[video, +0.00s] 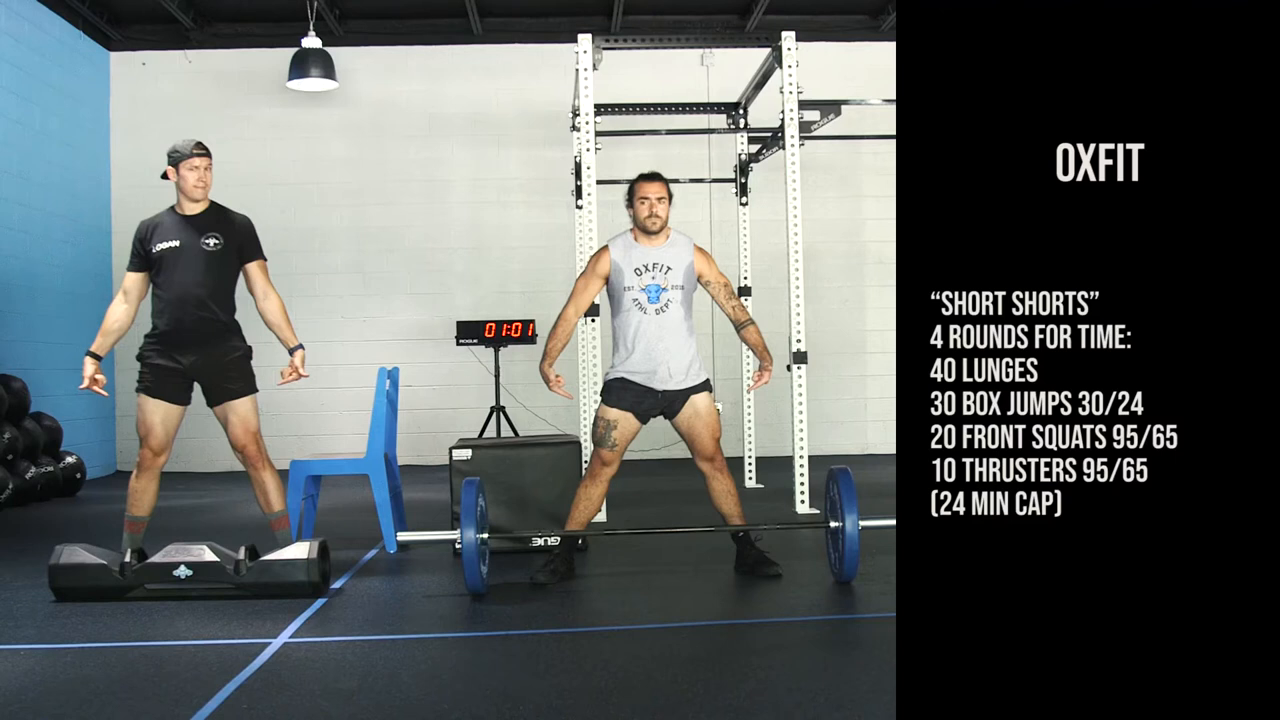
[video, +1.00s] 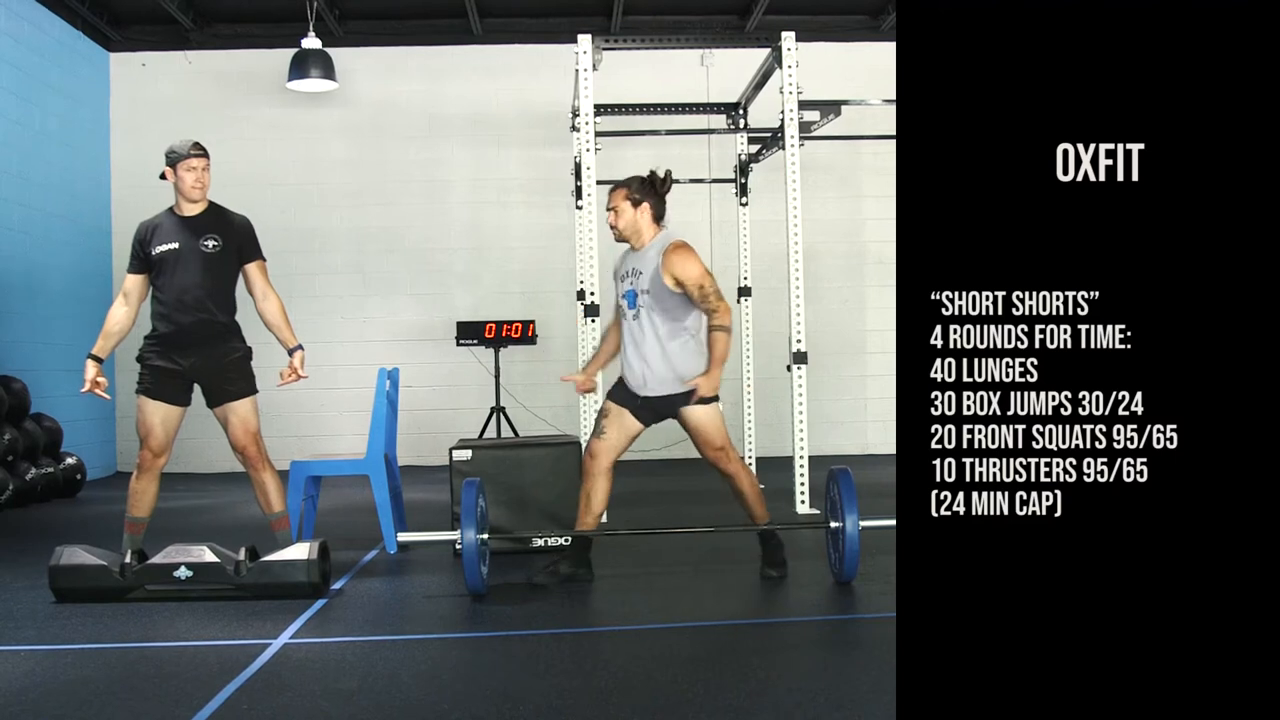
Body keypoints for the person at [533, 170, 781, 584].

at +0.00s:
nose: (653, 207)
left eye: (660, 200)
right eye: (644, 200)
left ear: (670, 206)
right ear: (631, 207)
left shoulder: (693, 256)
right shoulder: (609, 258)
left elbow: (734, 308)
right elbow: (572, 312)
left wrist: (764, 355)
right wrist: (547, 361)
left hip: (688, 381)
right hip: (629, 382)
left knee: (714, 460)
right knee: (602, 463)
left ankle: (747, 549)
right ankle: (565, 554)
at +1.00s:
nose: (609, 219)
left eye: (616, 210)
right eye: (609, 211)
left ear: (643, 209)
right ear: (633, 213)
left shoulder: (678, 257)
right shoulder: (625, 264)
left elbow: (720, 313)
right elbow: (622, 324)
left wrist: (714, 374)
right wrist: (591, 370)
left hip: (687, 387)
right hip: (635, 387)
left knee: (722, 457)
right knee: (597, 457)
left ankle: (769, 539)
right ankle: (579, 554)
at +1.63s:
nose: (647, 231)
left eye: (652, 222)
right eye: (646, 223)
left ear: (679, 219)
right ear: (672, 222)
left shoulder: (711, 268)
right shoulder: (665, 267)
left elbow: (706, 335)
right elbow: (674, 333)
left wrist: (657, 378)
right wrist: (651, 374)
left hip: (711, 389)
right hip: (666, 390)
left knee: (726, 474)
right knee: (624, 464)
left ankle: (770, 540)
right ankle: (583, 550)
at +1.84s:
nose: (673, 221)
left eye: (678, 212)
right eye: (673, 213)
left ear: (705, 210)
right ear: (701, 213)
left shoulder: (729, 260)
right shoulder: (701, 259)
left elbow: (704, 327)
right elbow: (705, 327)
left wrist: (651, 366)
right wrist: (676, 363)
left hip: (740, 380)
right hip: (699, 380)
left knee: (746, 463)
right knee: (655, 445)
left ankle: (773, 545)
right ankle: (638, 543)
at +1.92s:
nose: (677, 215)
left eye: (681, 206)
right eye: (676, 207)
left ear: (707, 203)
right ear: (703, 205)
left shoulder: (730, 252)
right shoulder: (707, 253)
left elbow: (713, 320)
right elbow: (710, 323)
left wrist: (668, 365)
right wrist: (674, 358)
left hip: (746, 374)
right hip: (708, 375)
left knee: (749, 459)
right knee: (664, 440)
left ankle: (774, 545)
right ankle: (679, 536)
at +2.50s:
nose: (673, 215)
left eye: (676, 206)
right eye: (672, 208)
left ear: (701, 201)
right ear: (700, 202)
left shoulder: (718, 247)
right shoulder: (707, 247)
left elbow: (706, 314)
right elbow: (711, 320)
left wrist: (676, 366)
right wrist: (679, 354)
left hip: (731, 374)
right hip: (704, 375)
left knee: (750, 455)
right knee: (666, 441)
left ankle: (777, 544)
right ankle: (675, 536)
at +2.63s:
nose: (661, 224)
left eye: (664, 215)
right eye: (660, 216)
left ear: (689, 210)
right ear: (692, 212)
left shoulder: (697, 261)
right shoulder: (695, 258)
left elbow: (669, 325)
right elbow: (679, 326)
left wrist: (631, 368)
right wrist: (643, 362)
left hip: (708, 383)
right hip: (675, 382)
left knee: (723, 465)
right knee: (636, 450)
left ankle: (773, 543)